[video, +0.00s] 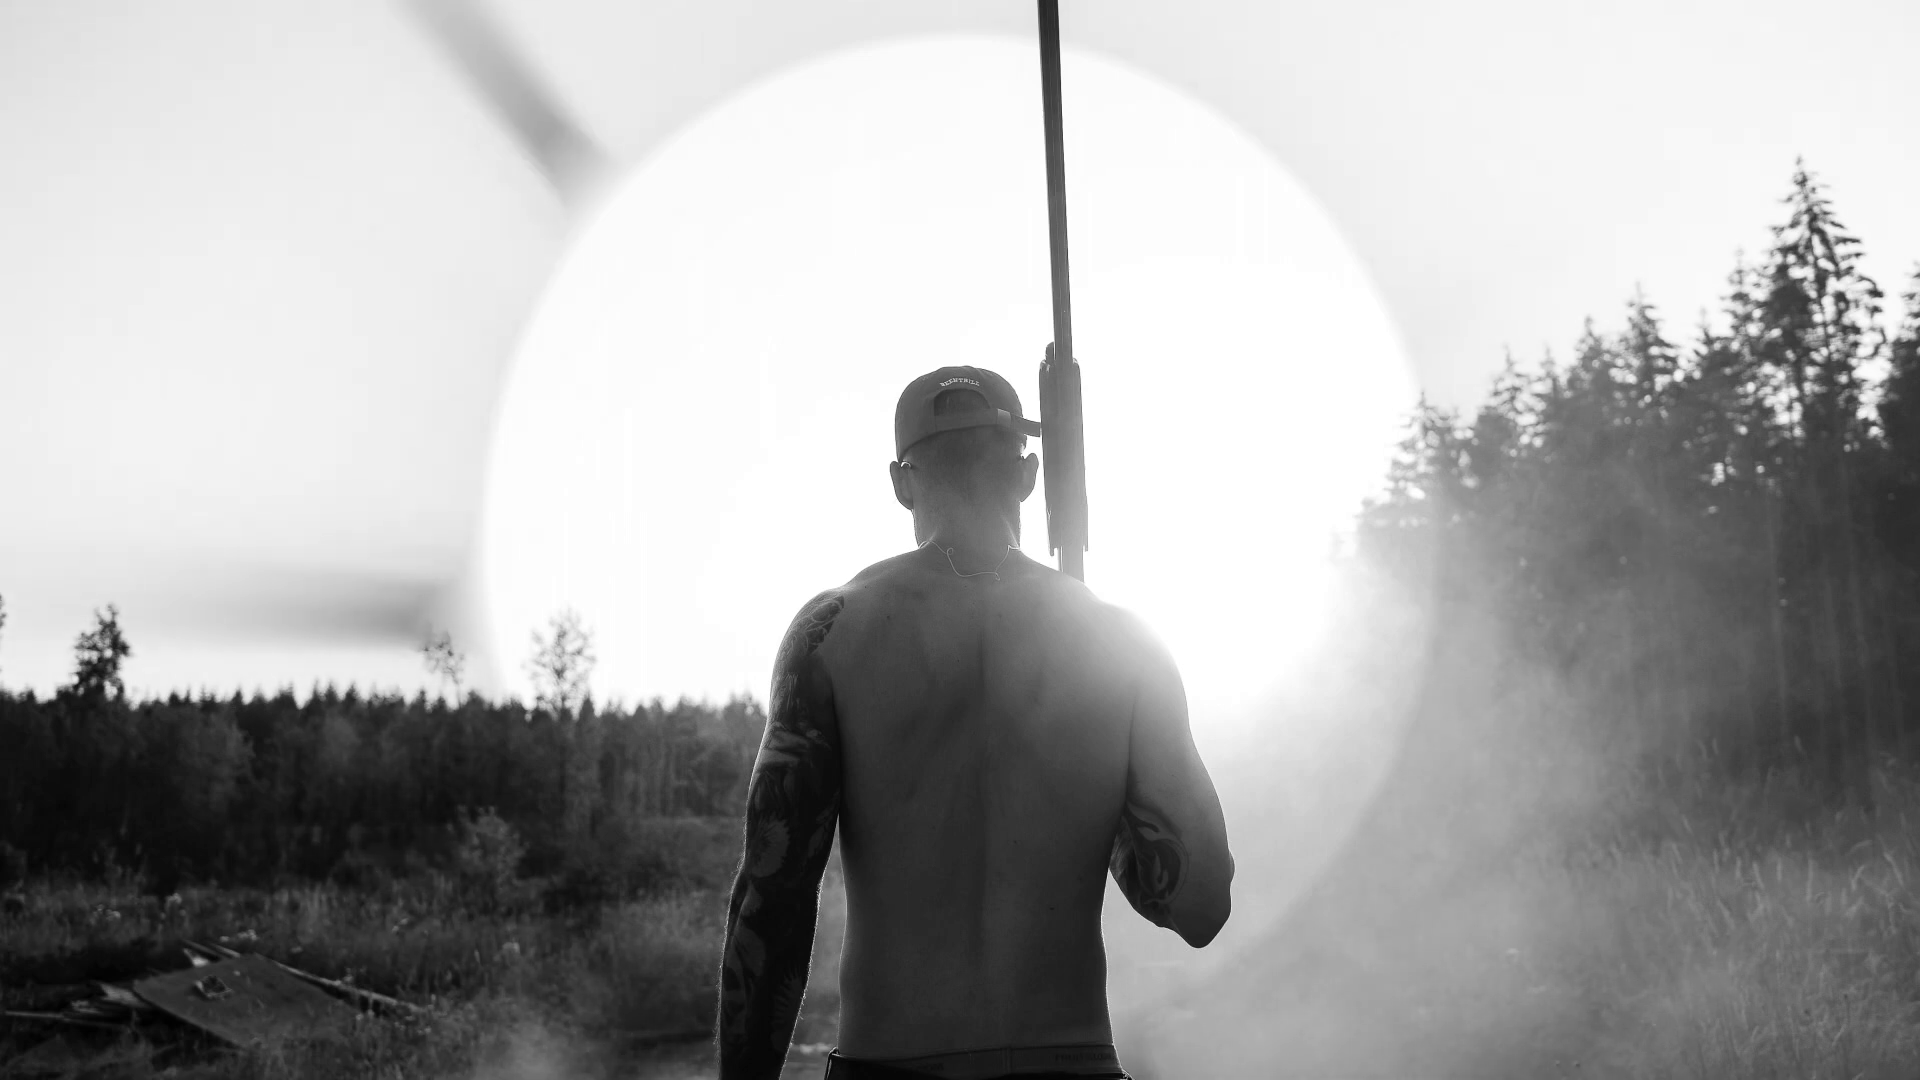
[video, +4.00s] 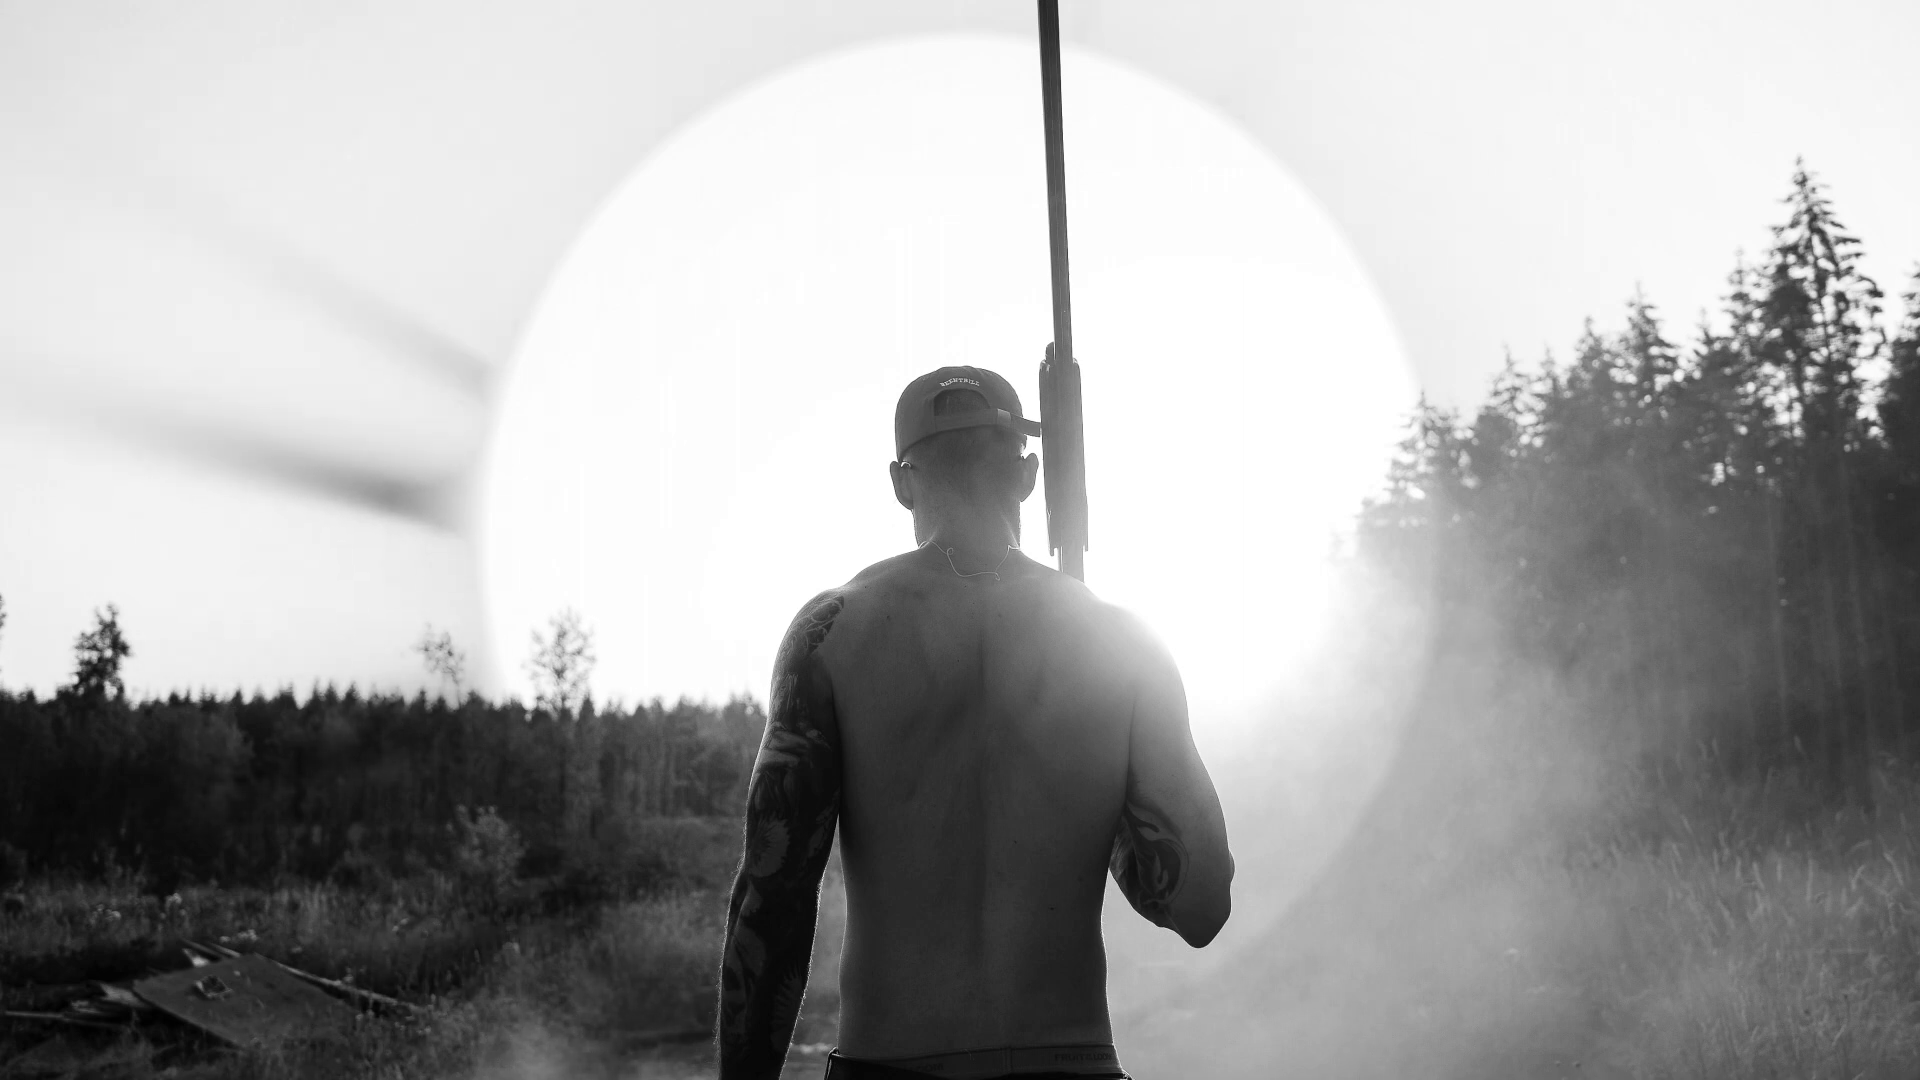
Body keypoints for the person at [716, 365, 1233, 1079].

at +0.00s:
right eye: (1017, 450)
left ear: (903, 486)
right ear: (1027, 476)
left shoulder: (832, 630)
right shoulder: (1121, 641)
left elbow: (773, 884)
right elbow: (1201, 904)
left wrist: (747, 1063)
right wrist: (1102, 803)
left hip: (887, 1045)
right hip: (1067, 1045)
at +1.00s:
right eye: (1018, 452)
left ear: (902, 484)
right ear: (1027, 476)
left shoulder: (832, 630)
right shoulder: (1121, 641)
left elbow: (773, 886)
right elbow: (1201, 904)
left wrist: (748, 1063)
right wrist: (1101, 804)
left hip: (885, 1045)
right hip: (1066, 1045)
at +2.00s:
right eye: (1015, 448)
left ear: (903, 486)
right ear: (1028, 477)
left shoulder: (831, 630)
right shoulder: (1121, 641)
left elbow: (773, 885)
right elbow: (1201, 905)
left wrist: (747, 1062)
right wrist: (1101, 800)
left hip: (886, 1046)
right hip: (1068, 1046)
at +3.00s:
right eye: (1015, 448)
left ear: (903, 486)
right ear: (1028, 477)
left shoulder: (831, 630)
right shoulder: (1121, 641)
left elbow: (773, 886)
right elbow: (1201, 905)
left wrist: (747, 1063)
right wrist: (1101, 800)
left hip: (886, 1046)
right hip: (1068, 1046)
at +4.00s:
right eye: (1015, 449)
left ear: (903, 486)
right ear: (1028, 477)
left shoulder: (831, 630)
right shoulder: (1121, 641)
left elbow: (773, 885)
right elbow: (1201, 905)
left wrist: (747, 1062)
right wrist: (1101, 800)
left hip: (886, 1046)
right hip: (1068, 1046)